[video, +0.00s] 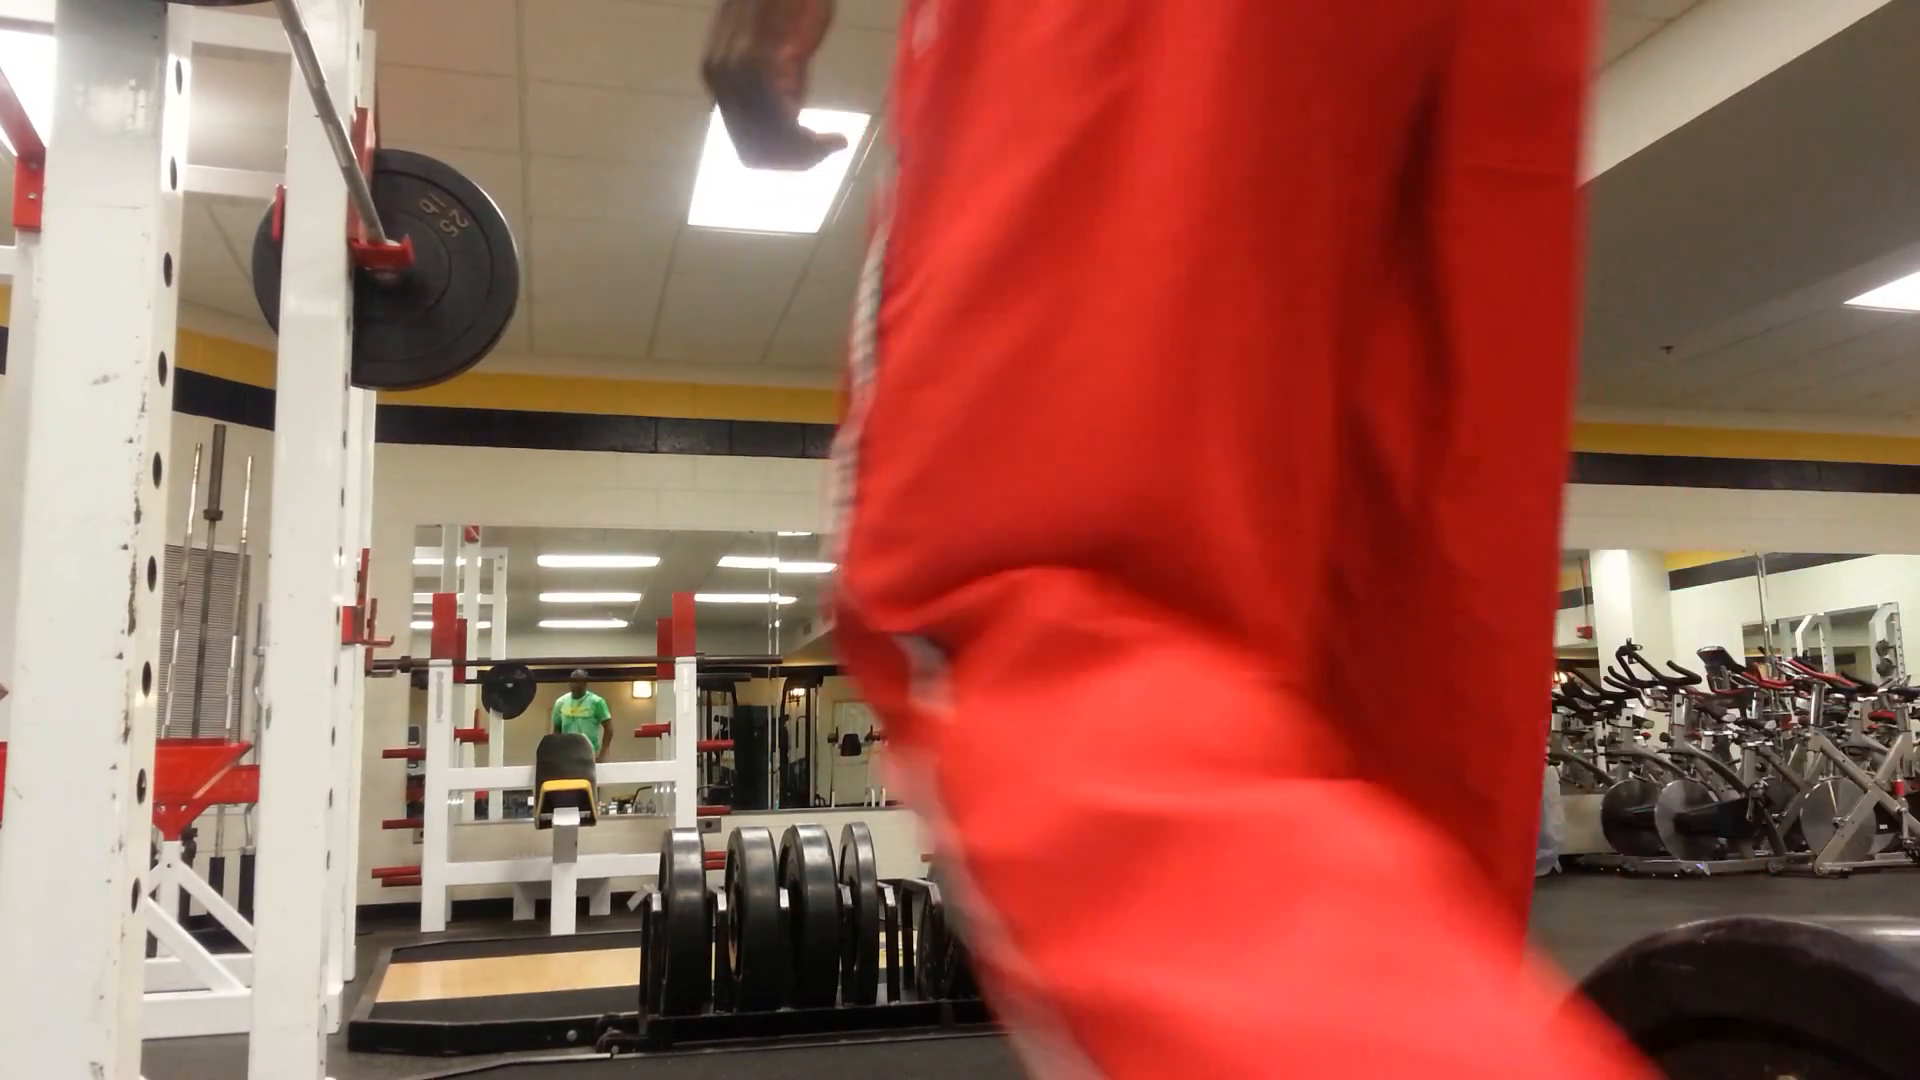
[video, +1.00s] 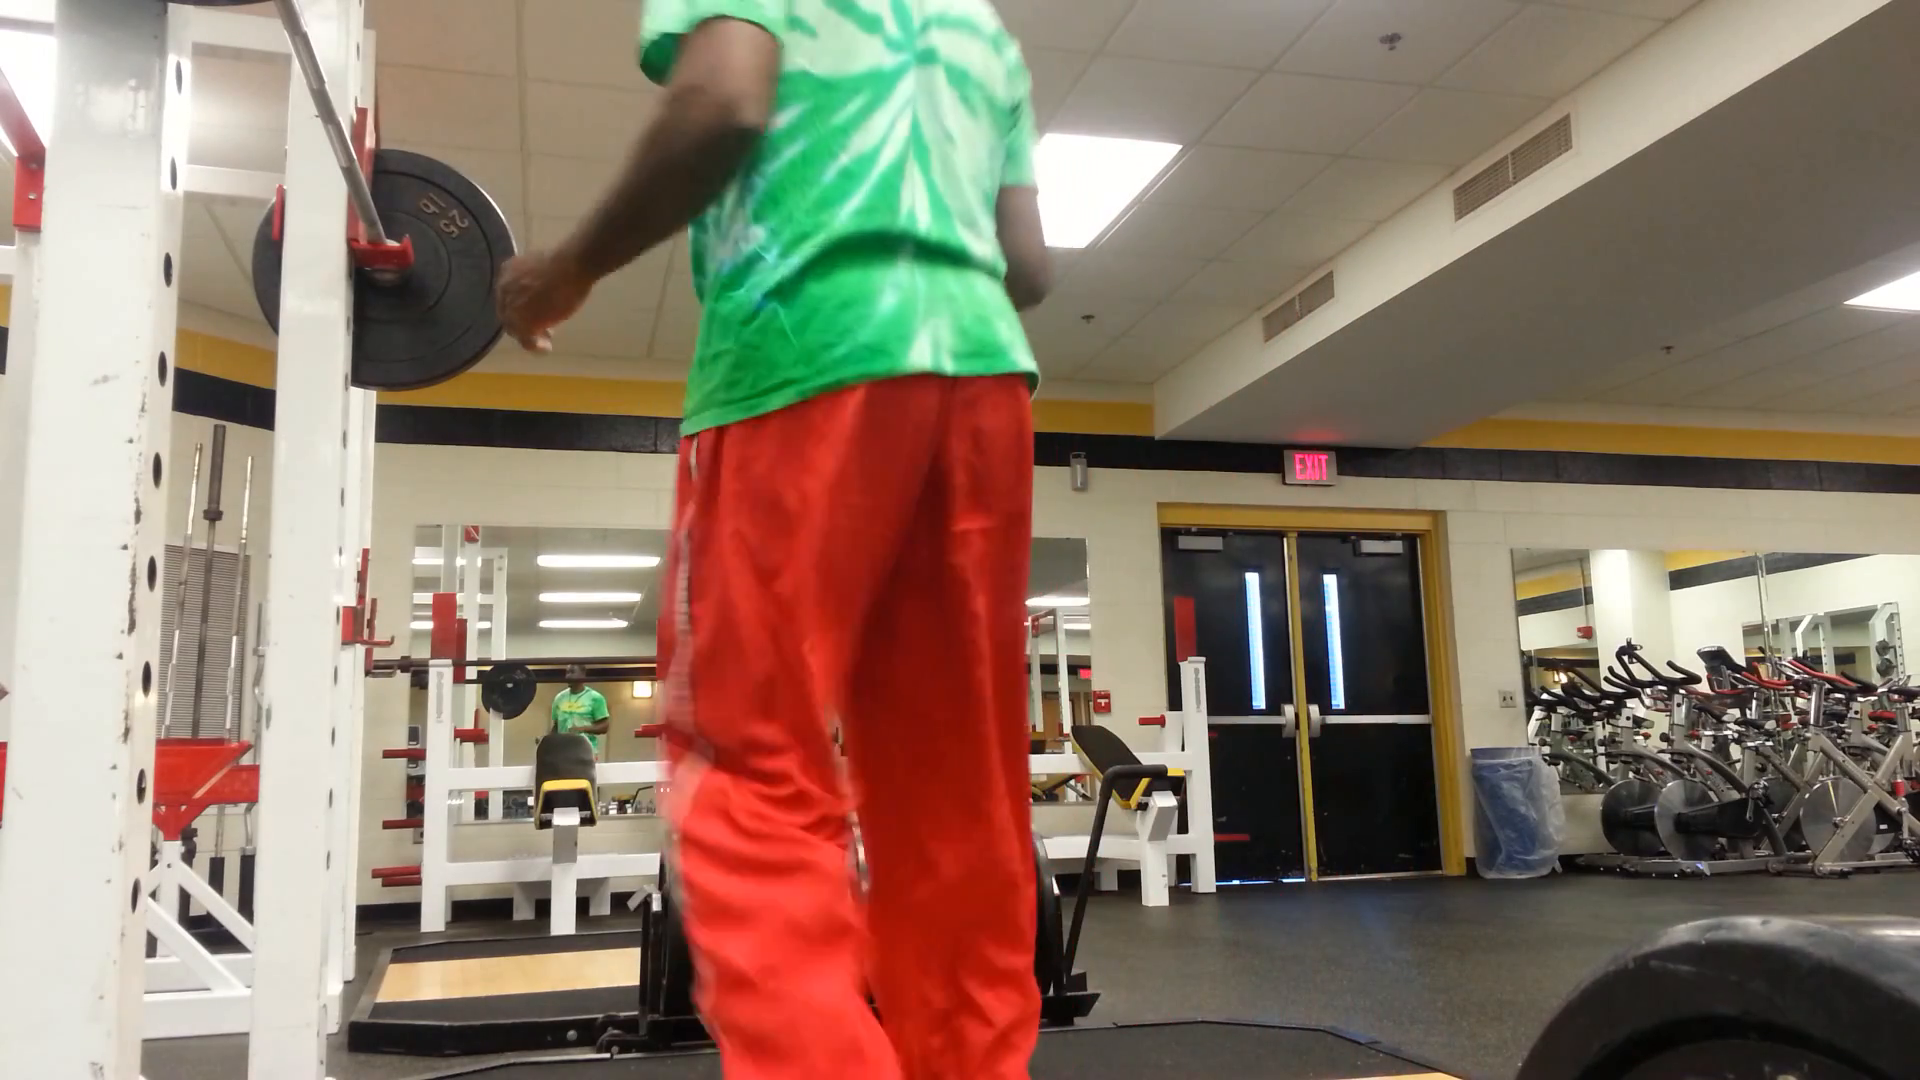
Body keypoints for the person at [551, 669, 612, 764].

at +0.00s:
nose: (576, 686)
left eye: (579, 682)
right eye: (573, 682)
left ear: (585, 683)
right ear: (570, 683)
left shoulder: (597, 702)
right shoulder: (560, 703)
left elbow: (609, 729)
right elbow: (557, 731)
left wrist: (602, 755)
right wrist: (556, 753)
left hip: (590, 752)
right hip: (567, 752)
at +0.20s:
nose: (576, 685)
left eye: (579, 682)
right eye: (573, 682)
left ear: (585, 682)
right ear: (569, 682)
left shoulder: (597, 700)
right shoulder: (560, 700)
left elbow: (609, 726)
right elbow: (555, 727)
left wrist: (593, 746)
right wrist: (555, 748)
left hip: (588, 752)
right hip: (566, 752)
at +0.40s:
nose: (572, 684)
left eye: (575, 681)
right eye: (570, 681)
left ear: (582, 681)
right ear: (567, 681)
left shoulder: (596, 700)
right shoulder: (559, 700)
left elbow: (605, 728)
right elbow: (555, 725)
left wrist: (582, 726)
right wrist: (550, 746)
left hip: (588, 752)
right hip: (565, 752)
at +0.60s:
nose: (572, 685)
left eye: (575, 681)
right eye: (569, 681)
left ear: (581, 681)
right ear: (565, 682)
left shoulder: (594, 699)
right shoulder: (556, 701)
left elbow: (600, 728)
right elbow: (552, 730)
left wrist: (577, 718)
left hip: (586, 751)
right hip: (563, 752)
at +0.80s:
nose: (569, 674)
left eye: (572, 671)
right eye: (567, 671)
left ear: (581, 674)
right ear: (564, 674)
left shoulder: (595, 696)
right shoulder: (556, 696)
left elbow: (603, 724)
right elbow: (548, 723)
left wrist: (585, 718)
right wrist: (546, 743)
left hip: (585, 749)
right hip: (560, 748)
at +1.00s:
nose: (568, 676)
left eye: (572, 672)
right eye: (567, 672)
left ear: (583, 674)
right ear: (565, 674)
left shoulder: (596, 698)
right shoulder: (559, 698)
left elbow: (604, 727)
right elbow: (556, 725)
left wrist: (582, 729)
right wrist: (547, 741)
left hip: (587, 752)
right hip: (564, 751)